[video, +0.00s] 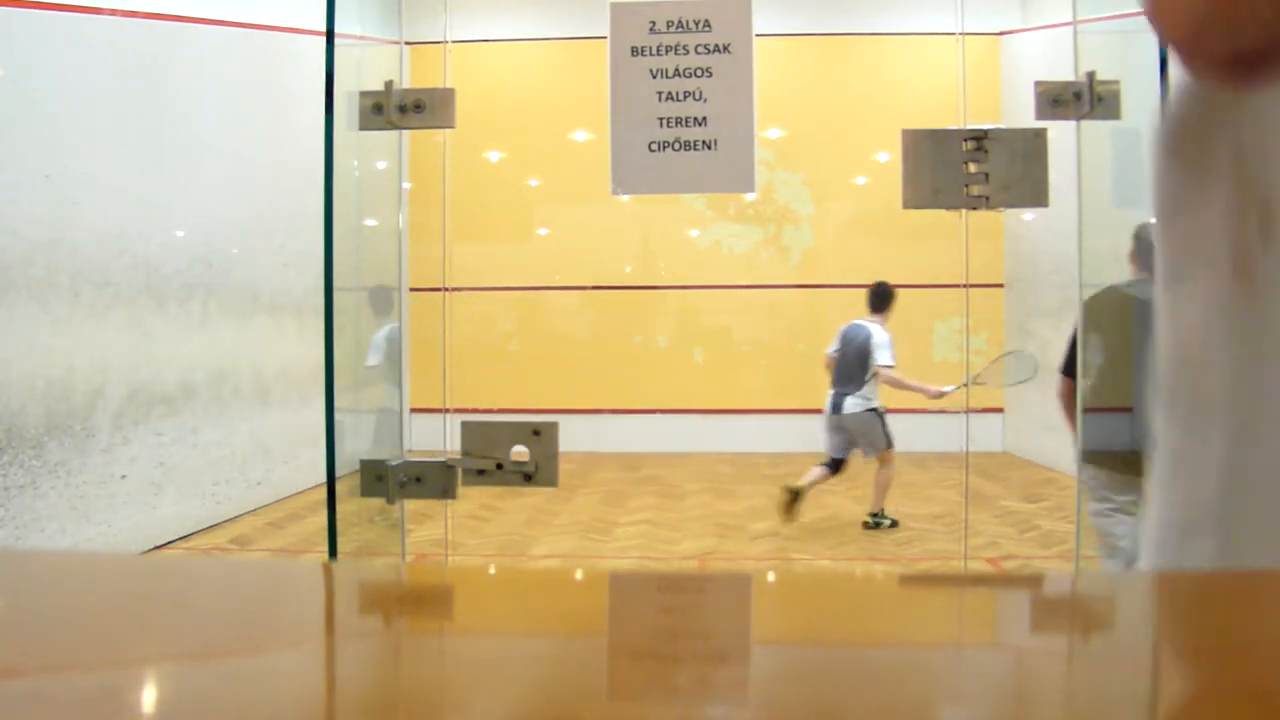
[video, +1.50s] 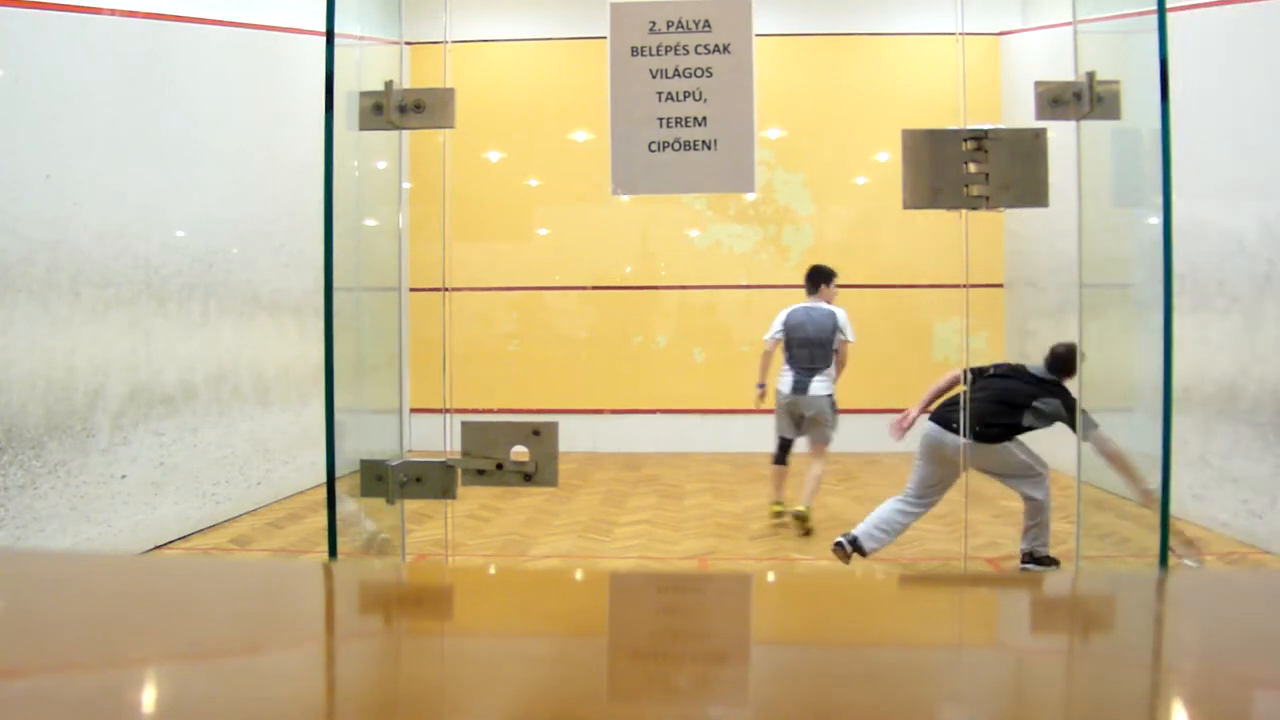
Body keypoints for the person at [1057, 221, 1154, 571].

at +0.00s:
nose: (1131, 257)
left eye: (1133, 252)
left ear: (1133, 257)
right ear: (1173, 259)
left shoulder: (1102, 306)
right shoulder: (1187, 305)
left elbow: (1067, 388)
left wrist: (1085, 440)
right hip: (1174, 452)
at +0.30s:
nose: (1110, 251)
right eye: (1117, 246)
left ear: (1082, 243)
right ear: (1118, 251)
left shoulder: (1047, 287)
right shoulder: (1125, 302)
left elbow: (999, 346)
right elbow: (1155, 373)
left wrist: (971, 402)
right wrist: (1168, 425)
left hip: (1041, 424)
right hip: (1099, 429)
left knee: (1012, 506)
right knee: (1104, 525)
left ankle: (1030, 583)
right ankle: (1105, 610)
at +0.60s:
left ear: (1009, 273)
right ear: (1043, 280)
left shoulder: (975, 311)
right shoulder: (1048, 324)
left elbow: (930, 360)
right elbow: (1064, 379)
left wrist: (901, 406)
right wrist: (1069, 414)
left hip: (973, 435)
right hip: (1025, 436)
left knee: (956, 498)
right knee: (1050, 511)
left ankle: (945, 570)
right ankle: (1066, 586)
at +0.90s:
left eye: (955, 275)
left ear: (953, 279)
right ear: (985, 286)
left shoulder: (925, 310)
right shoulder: (992, 322)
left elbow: (889, 353)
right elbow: (1016, 382)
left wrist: (871, 402)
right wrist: (1032, 427)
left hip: (925, 410)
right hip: (977, 414)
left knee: (901, 476)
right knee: (997, 483)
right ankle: (1012, 557)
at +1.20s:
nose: (1006, 340)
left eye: (1000, 333)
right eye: (1017, 338)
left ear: (991, 334)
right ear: (1020, 344)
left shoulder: (960, 354)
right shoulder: (1021, 381)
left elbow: (923, 375)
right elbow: (1070, 416)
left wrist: (900, 414)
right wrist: (1121, 439)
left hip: (919, 442)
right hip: (969, 452)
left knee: (875, 494)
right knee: (1009, 486)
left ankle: (841, 552)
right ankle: (1029, 552)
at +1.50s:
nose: (1076, 374)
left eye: (1070, 367)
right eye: (1077, 370)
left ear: (1046, 361)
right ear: (1072, 372)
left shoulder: (1012, 369)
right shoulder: (1063, 401)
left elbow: (955, 377)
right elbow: (1107, 450)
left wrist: (914, 412)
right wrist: (1142, 489)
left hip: (939, 430)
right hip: (983, 442)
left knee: (916, 496)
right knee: (1036, 476)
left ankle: (855, 540)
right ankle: (1034, 552)